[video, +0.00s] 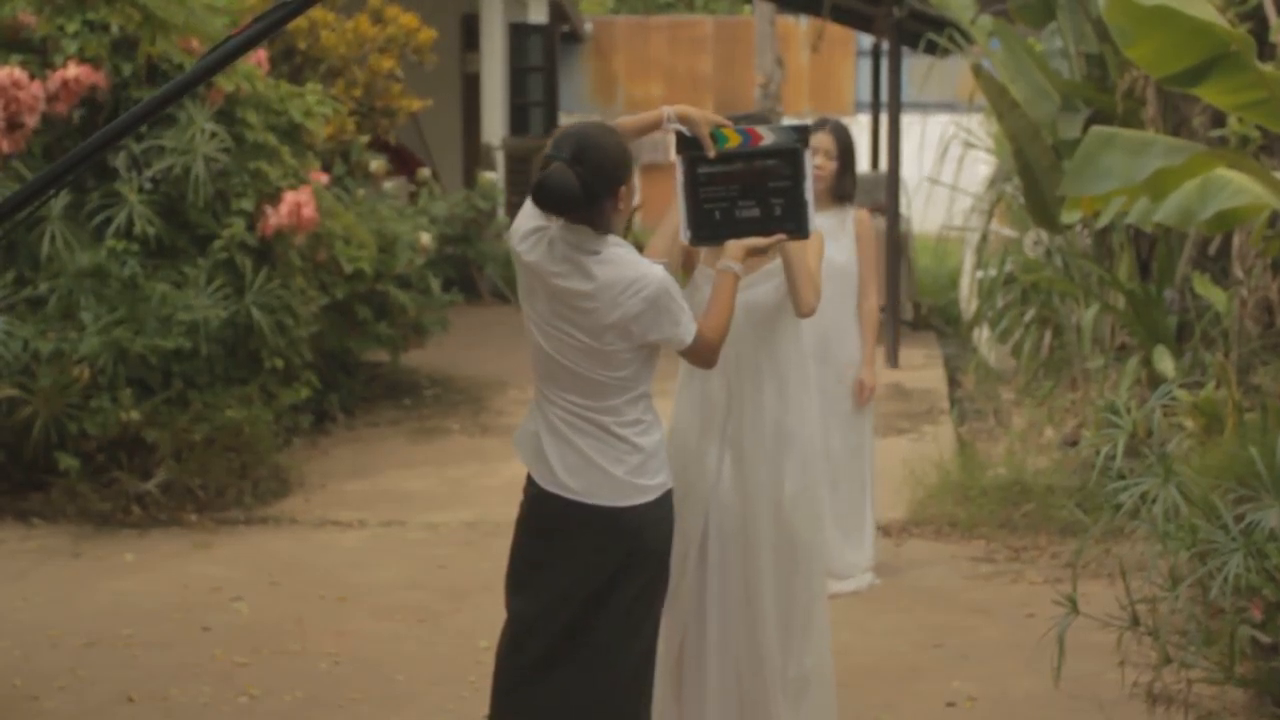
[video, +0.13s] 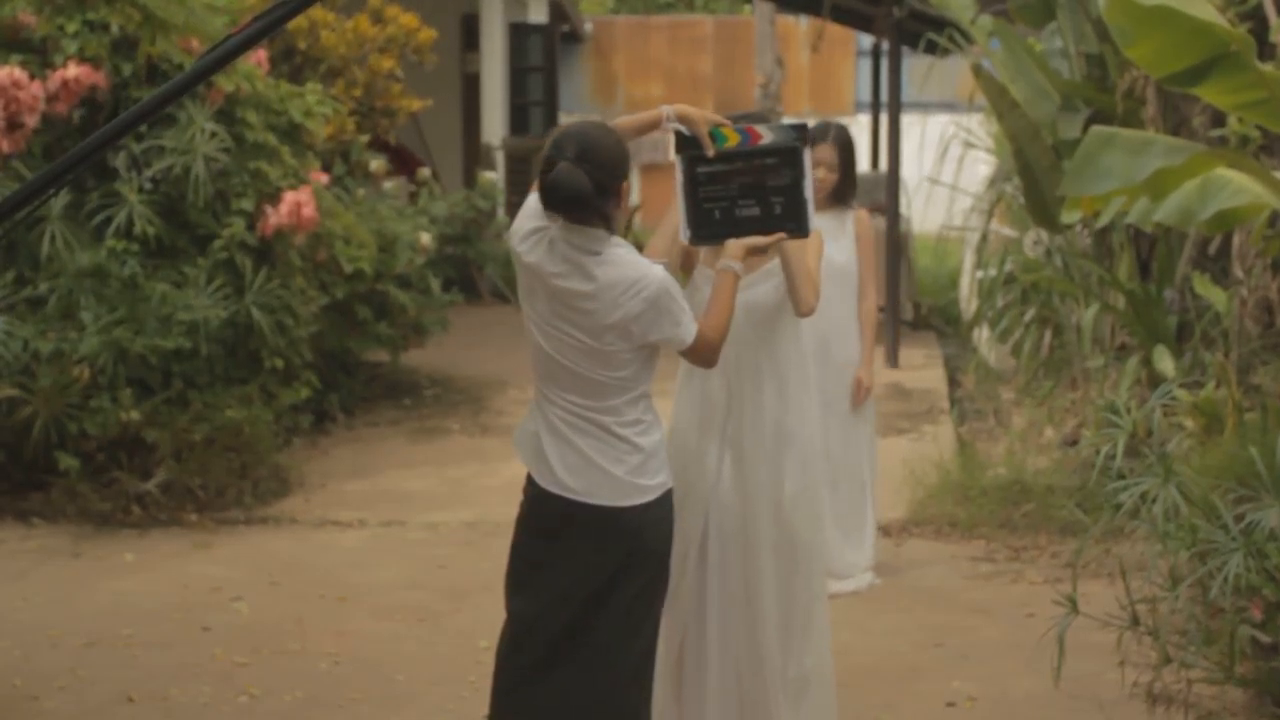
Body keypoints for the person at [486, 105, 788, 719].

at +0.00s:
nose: (636, 185)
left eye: (631, 175)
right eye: (632, 177)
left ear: (557, 182)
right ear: (621, 197)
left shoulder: (530, 241)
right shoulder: (639, 280)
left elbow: (567, 152)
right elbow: (703, 350)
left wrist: (663, 116)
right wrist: (730, 264)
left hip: (553, 489)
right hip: (632, 496)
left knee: (529, 651)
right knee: (619, 662)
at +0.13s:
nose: (632, 184)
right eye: (629, 175)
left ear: (550, 180)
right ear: (621, 194)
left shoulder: (530, 241)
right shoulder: (639, 280)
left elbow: (565, 152)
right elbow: (704, 349)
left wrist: (663, 115)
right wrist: (731, 263)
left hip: (553, 487)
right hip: (632, 494)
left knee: (528, 650)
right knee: (619, 661)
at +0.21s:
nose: (632, 182)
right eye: (628, 173)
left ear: (550, 179)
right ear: (620, 193)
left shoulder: (530, 240)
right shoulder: (639, 279)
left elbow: (566, 151)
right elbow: (704, 349)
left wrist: (664, 114)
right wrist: (731, 263)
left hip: (553, 487)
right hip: (632, 495)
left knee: (528, 651)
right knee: (619, 662)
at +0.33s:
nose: (632, 181)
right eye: (628, 173)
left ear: (549, 179)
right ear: (620, 194)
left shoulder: (529, 240)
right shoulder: (639, 280)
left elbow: (566, 148)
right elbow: (704, 350)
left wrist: (665, 114)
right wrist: (729, 264)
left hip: (553, 487)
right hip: (632, 495)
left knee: (529, 650)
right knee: (619, 661)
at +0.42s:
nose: (632, 180)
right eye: (628, 173)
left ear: (548, 180)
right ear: (619, 194)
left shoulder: (529, 240)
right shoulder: (639, 280)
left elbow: (565, 149)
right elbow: (704, 350)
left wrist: (664, 114)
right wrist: (729, 263)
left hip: (553, 487)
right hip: (632, 495)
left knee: (529, 650)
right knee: (619, 661)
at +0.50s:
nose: (630, 180)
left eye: (624, 170)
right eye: (626, 173)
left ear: (548, 179)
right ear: (618, 192)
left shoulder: (528, 241)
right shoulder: (639, 279)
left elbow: (561, 152)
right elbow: (704, 349)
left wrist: (662, 114)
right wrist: (729, 263)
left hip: (553, 487)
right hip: (632, 495)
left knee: (529, 651)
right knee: (619, 661)